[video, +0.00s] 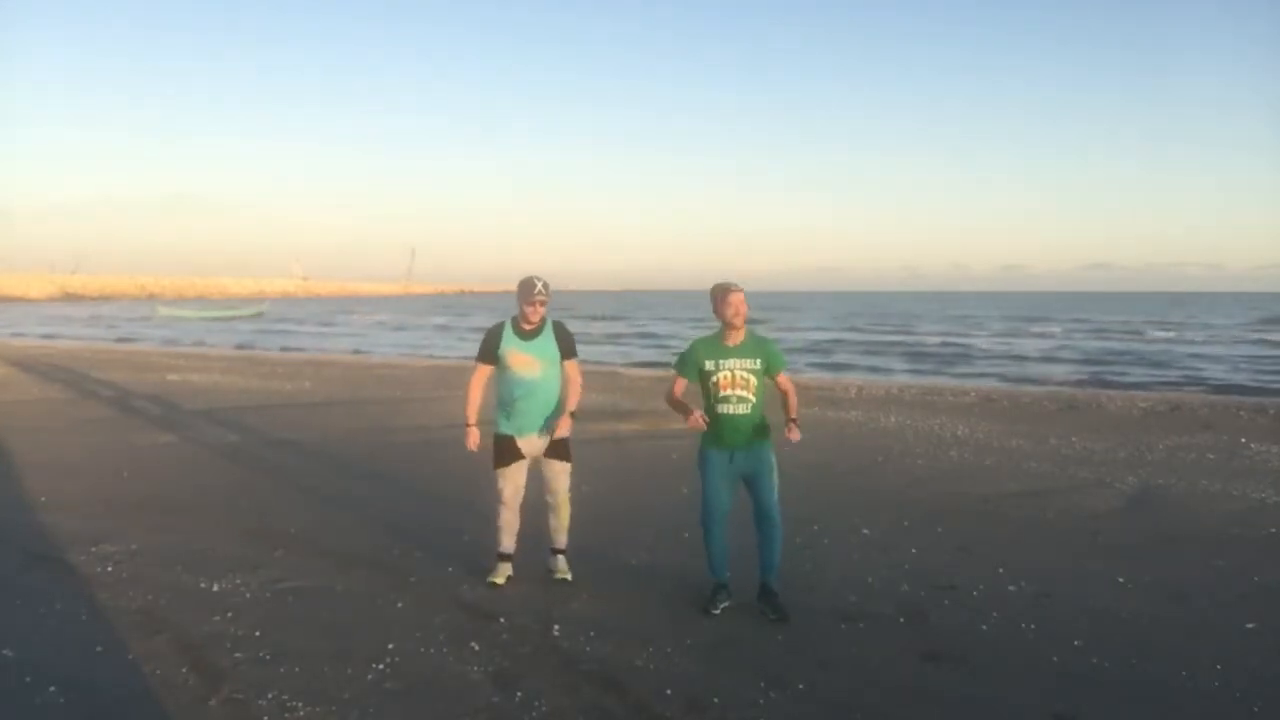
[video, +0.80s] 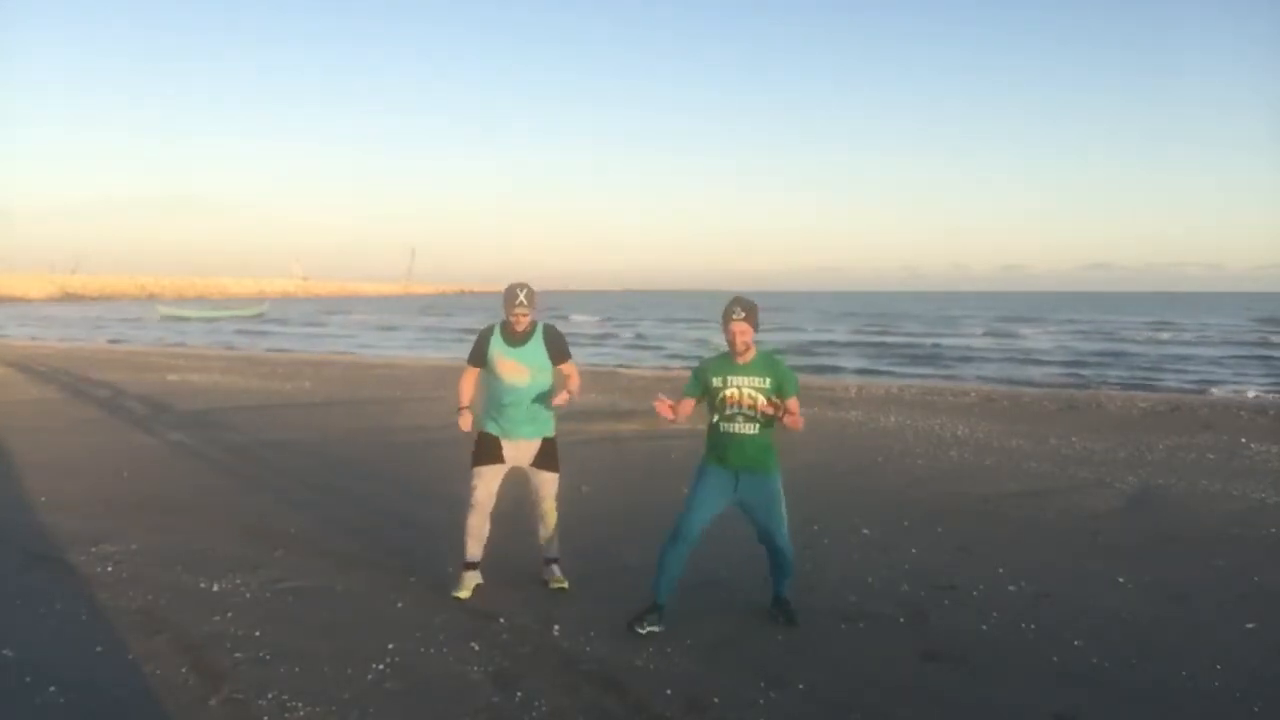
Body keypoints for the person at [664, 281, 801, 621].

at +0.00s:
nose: (737, 310)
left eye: (740, 303)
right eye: (729, 304)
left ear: (747, 307)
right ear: (716, 310)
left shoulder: (764, 349)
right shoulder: (699, 351)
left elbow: (787, 388)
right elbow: (673, 394)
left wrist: (792, 419)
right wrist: (688, 411)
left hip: (757, 446)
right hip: (717, 447)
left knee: (770, 515)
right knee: (714, 516)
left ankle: (768, 589)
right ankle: (720, 586)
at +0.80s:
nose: (736, 334)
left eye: (742, 328)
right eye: (731, 328)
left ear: (754, 329)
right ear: (724, 331)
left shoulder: (775, 369)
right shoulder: (709, 369)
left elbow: (797, 423)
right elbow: (684, 409)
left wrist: (783, 415)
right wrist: (672, 411)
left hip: (761, 469)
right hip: (718, 466)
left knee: (778, 540)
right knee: (685, 531)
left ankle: (781, 599)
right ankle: (658, 607)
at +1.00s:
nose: (711, 334)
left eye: (718, 326)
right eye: (705, 326)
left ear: (730, 327)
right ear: (697, 327)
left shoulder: (748, 366)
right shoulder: (679, 360)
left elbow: (766, 413)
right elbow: (650, 392)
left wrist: (760, 427)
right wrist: (639, 411)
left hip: (730, 475)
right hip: (684, 471)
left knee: (758, 540)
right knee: (652, 543)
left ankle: (780, 598)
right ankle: (629, 620)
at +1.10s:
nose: (686, 327)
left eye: (693, 320)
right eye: (680, 320)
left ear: (705, 322)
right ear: (673, 322)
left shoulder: (720, 362)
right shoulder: (655, 356)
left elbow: (736, 417)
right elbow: (626, 397)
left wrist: (735, 463)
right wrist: (616, 434)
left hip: (699, 471)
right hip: (654, 467)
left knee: (722, 540)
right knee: (634, 540)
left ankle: (753, 595)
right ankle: (627, 621)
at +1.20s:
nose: (673, 330)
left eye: (680, 322)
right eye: (667, 322)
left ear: (692, 323)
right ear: (658, 323)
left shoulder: (707, 367)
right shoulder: (639, 360)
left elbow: (717, 424)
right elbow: (613, 408)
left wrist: (718, 480)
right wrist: (606, 455)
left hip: (686, 472)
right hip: (641, 468)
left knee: (693, 545)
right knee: (627, 543)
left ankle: (709, 603)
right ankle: (627, 620)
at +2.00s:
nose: (680, 336)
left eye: (682, 328)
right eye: (672, 330)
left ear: (684, 331)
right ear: (652, 335)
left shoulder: (701, 374)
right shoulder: (626, 376)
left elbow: (729, 428)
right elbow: (603, 432)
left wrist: (715, 430)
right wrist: (634, 435)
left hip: (690, 490)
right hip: (639, 491)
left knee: (723, 564)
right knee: (624, 567)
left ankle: (753, 649)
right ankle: (624, 626)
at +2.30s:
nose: (713, 320)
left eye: (719, 312)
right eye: (705, 314)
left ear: (728, 317)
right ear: (692, 321)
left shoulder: (756, 361)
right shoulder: (680, 371)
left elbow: (791, 414)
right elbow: (663, 435)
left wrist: (769, 439)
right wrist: (686, 454)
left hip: (750, 488)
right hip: (699, 488)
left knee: (771, 576)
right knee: (672, 561)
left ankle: (776, 671)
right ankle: (641, 621)